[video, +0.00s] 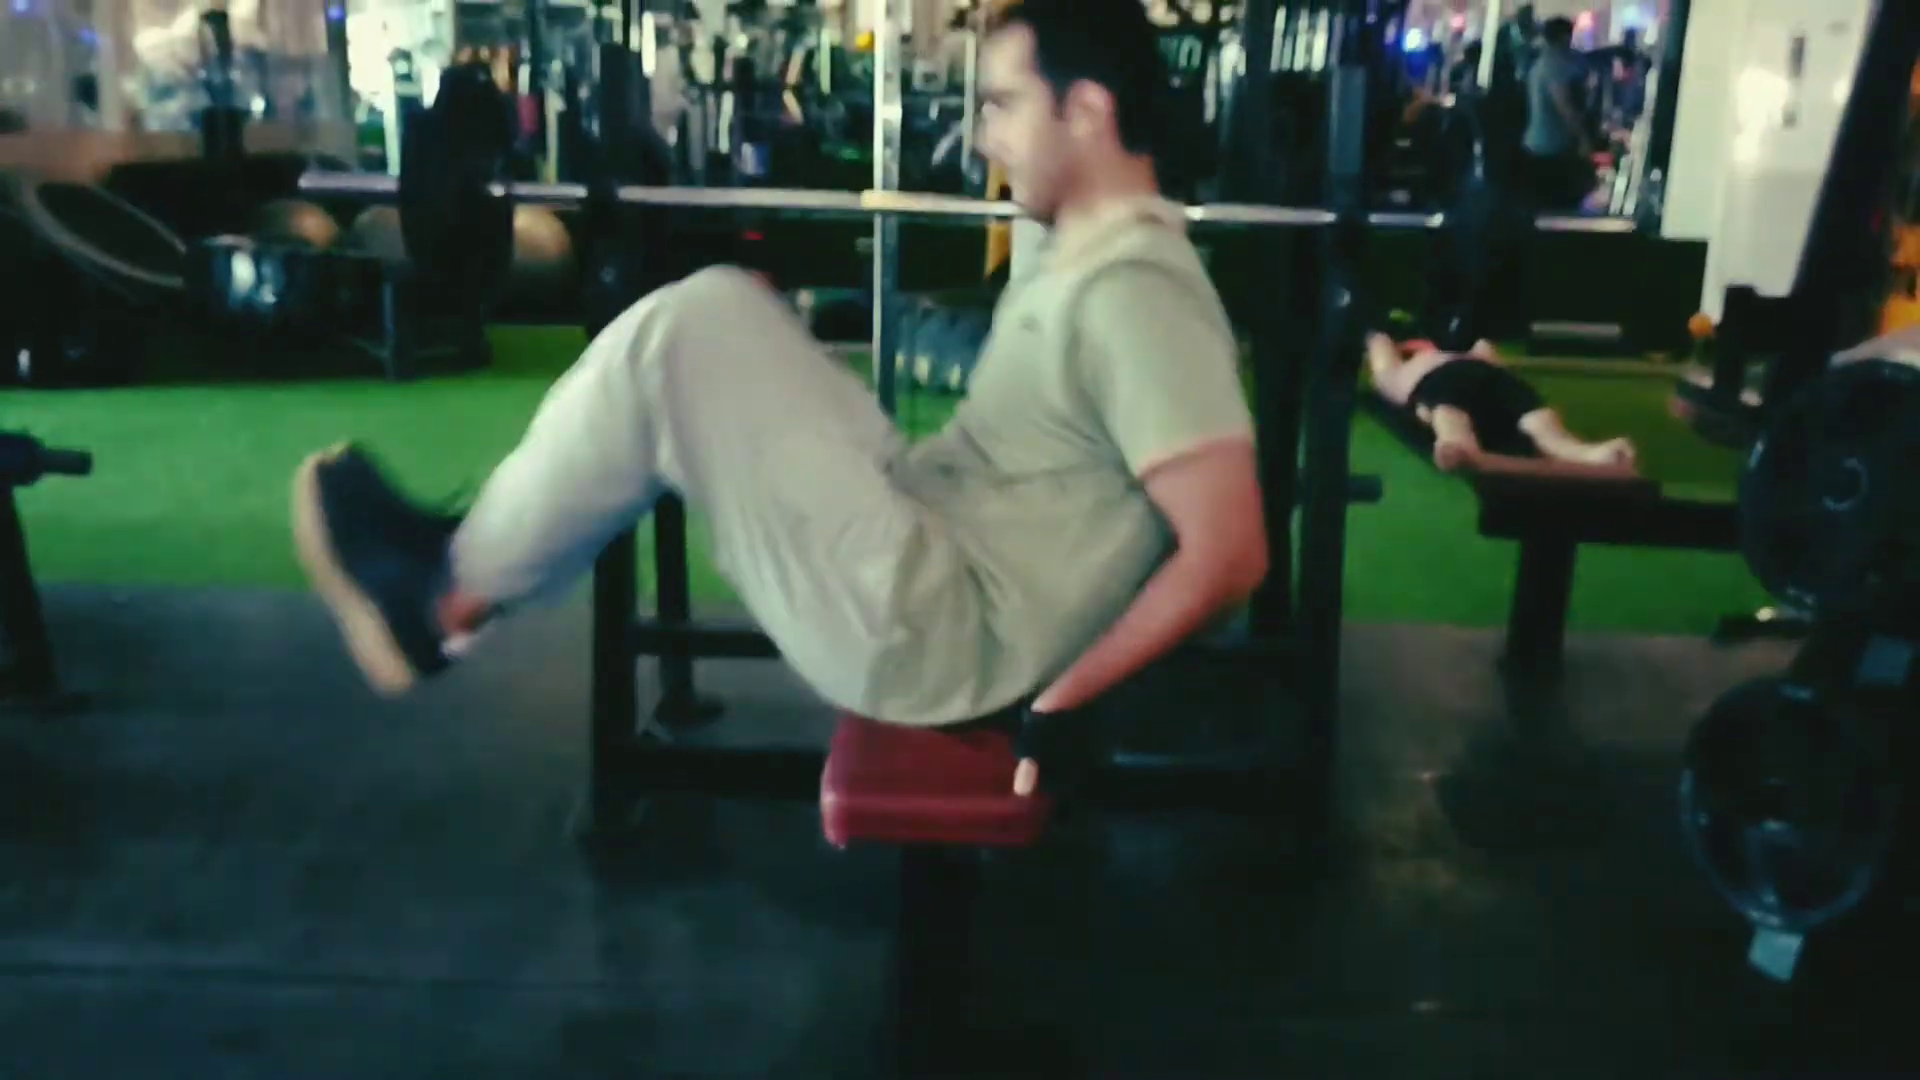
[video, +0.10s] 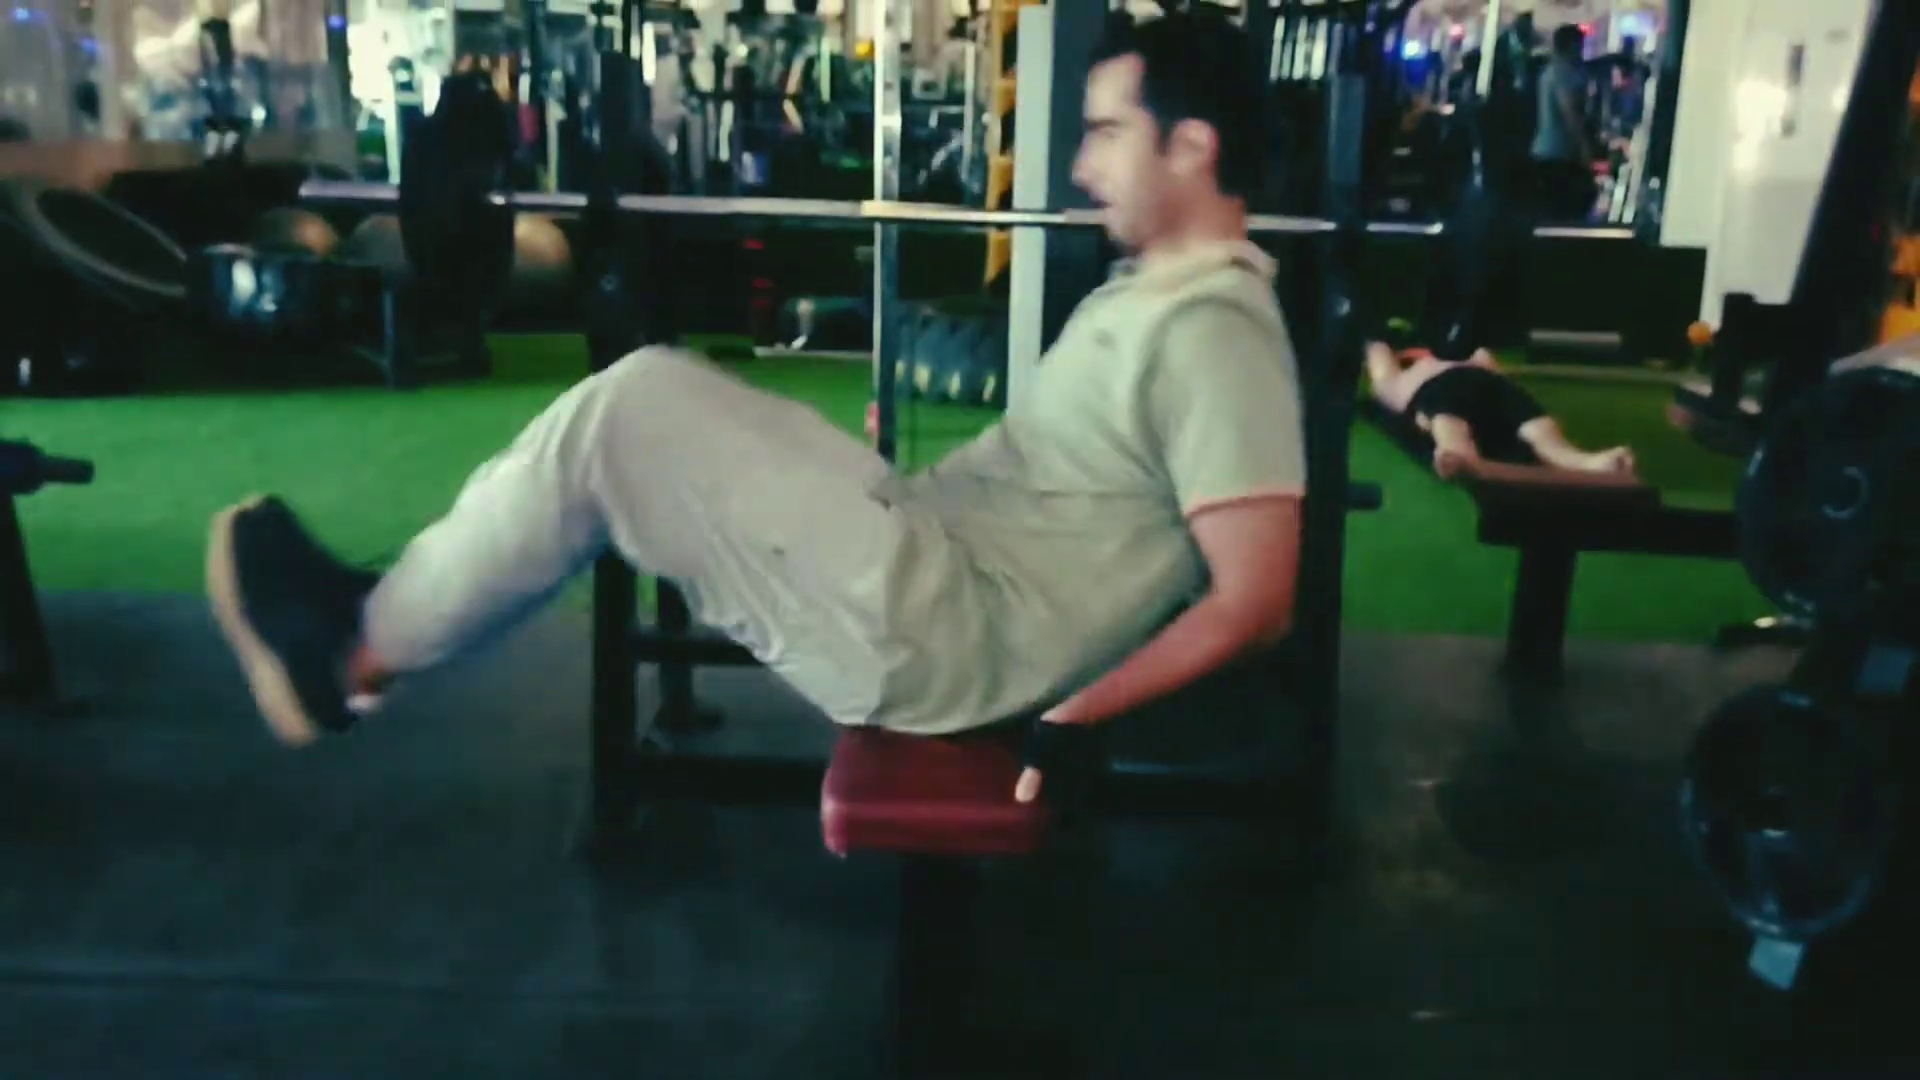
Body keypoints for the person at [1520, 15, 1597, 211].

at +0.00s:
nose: (1569, 41)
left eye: (1568, 36)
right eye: (1567, 36)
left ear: (1547, 37)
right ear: (1563, 38)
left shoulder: (1538, 65)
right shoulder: (1556, 65)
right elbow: (1565, 106)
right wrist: (1582, 137)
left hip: (1534, 140)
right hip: (1555, 145)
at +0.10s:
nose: (1580, 49)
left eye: (1580, 44)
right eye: (1578, 44)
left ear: (1557, 45)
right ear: (1570, 45)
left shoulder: (1548, 72)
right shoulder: (1564, 73)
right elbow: (1570, 113)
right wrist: (1585, 148)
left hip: (1542, 149)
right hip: (1560, 153)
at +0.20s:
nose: (1593, 52)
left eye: (1592, 47)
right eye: (1591, 47)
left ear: (1568, 43)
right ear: (1585, 47)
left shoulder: (1554, 70)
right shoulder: (1576, 72)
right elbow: (1578, 118)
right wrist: (1591, 153)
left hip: (1550, 149)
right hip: (1570, 154)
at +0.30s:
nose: (1605, 51)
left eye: (1605, 46)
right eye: (1603, 46)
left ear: (1583, 45)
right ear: (1598, 48)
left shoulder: (1571, 73)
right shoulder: (1590, 73)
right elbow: (1587, 118)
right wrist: (1594, 154)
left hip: (1554, 155)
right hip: (1574, 159)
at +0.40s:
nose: (1614, 54)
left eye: (1614, 49)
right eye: (1612, 49)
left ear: (1592, 51)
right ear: (1603, 51)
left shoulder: (1579, 77)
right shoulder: (1596, 79)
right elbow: (1593, 122)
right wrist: (1598, 159)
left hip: (1569, 157)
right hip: (1590, 160)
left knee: (1562, 215)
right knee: (1603, 217)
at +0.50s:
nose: (1628, 56)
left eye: (1627, 51)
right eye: (1625, 51)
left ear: (1604, 51)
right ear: (1617, 52)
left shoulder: (1594, 76)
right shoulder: (1606, 80)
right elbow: (1600, 123)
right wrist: (1609, 159)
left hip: (1581, 159)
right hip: (1596, 163)